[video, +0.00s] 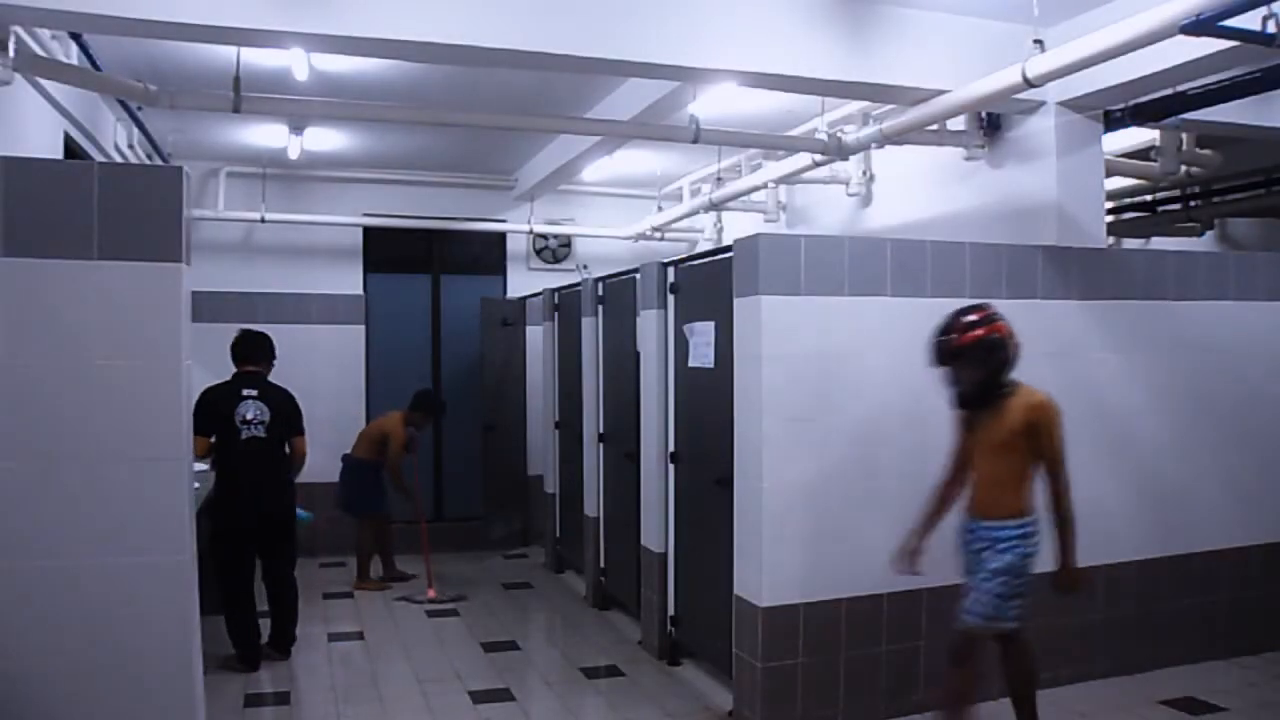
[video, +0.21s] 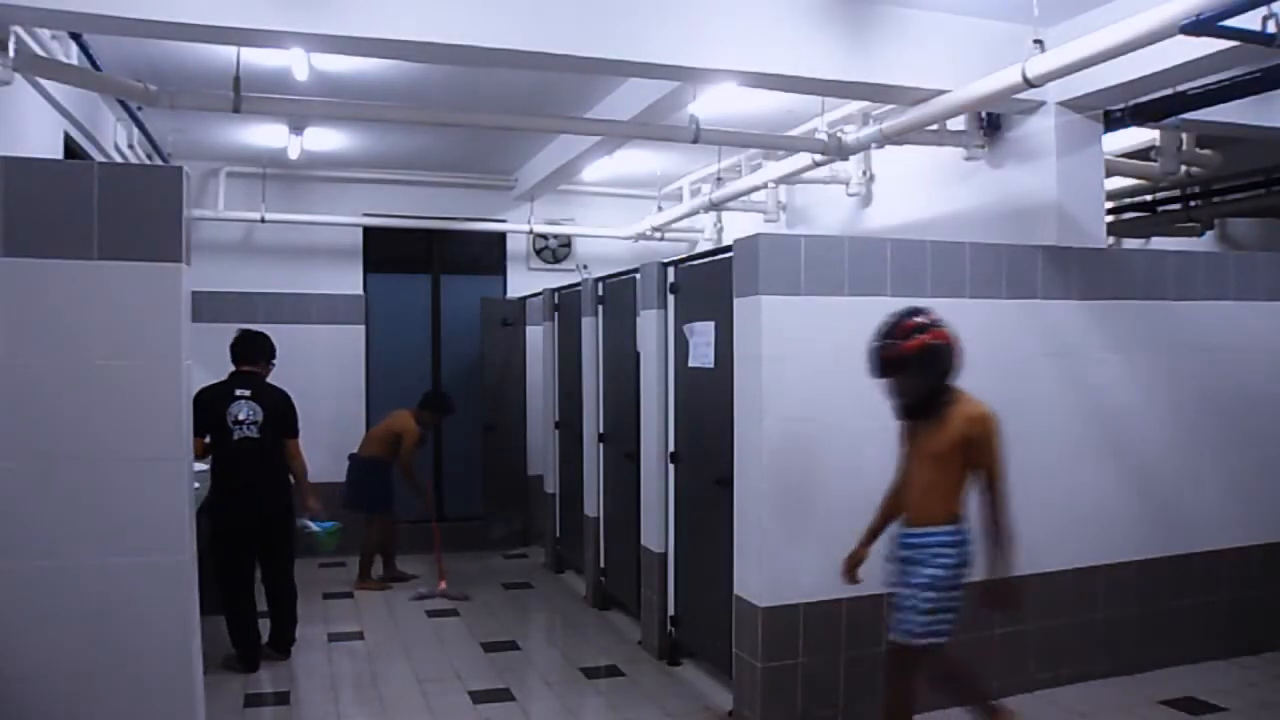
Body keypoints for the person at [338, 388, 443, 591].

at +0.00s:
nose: (425, 425)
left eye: (428, 421)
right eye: (426, 420)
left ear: (414, 410)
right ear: (418, 414)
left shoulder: (395, 420)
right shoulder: (397, 429)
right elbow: (393, 467)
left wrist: (405, 447)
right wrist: (405, 493)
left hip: (370, 468)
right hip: (360, 469)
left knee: (382, 521)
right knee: (367, 524)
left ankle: (389, 569)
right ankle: (363, 577)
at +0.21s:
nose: (435, 423)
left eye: (437, 419)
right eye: (435, 418)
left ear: (422, 408)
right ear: (427, 412)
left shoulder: (401, 417)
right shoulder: (411, 429)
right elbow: (404, 465)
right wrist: (419, 493)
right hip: (372, 468)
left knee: (387, 520)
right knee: (376, 522)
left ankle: (390, 569)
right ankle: (364, 576)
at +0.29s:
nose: (436, 422)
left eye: (438, 418)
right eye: (437, 417)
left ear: (423, 405)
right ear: (430, 412)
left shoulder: (402, 414)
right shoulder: (415, 427)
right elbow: (410, 463)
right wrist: (426, 488)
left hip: (366, 463)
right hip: (375, 467)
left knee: (389, 520)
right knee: (381, 522)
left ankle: (390, 569)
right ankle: (365, 576)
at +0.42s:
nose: (439, 421)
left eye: (441, 417)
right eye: (439, 416)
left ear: (425, 404)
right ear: (433, 411)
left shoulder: (402, 413)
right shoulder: (419, 429)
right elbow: (418, 465)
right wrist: (432, 487)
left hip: (367, 462)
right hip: (377, 467)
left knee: (392, 519)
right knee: (384, 522)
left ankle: (390, 569)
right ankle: (367, 573)